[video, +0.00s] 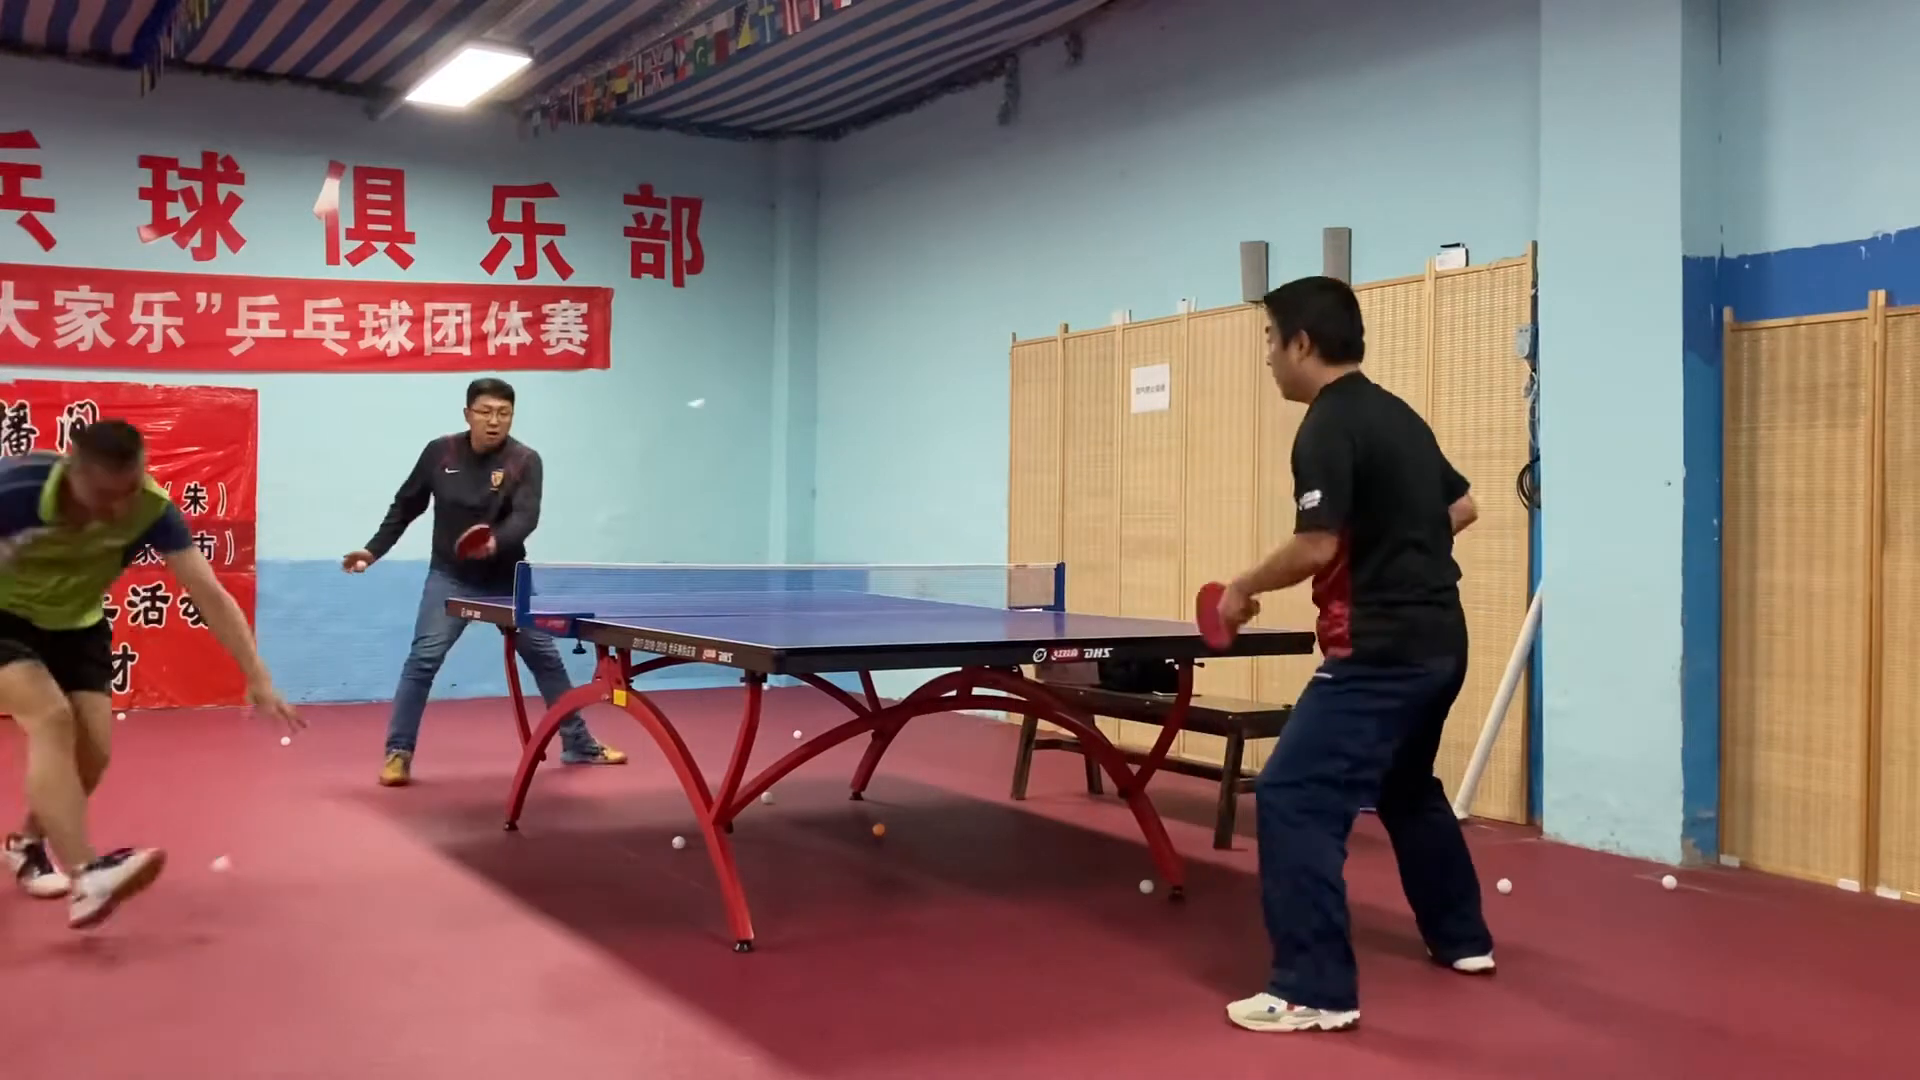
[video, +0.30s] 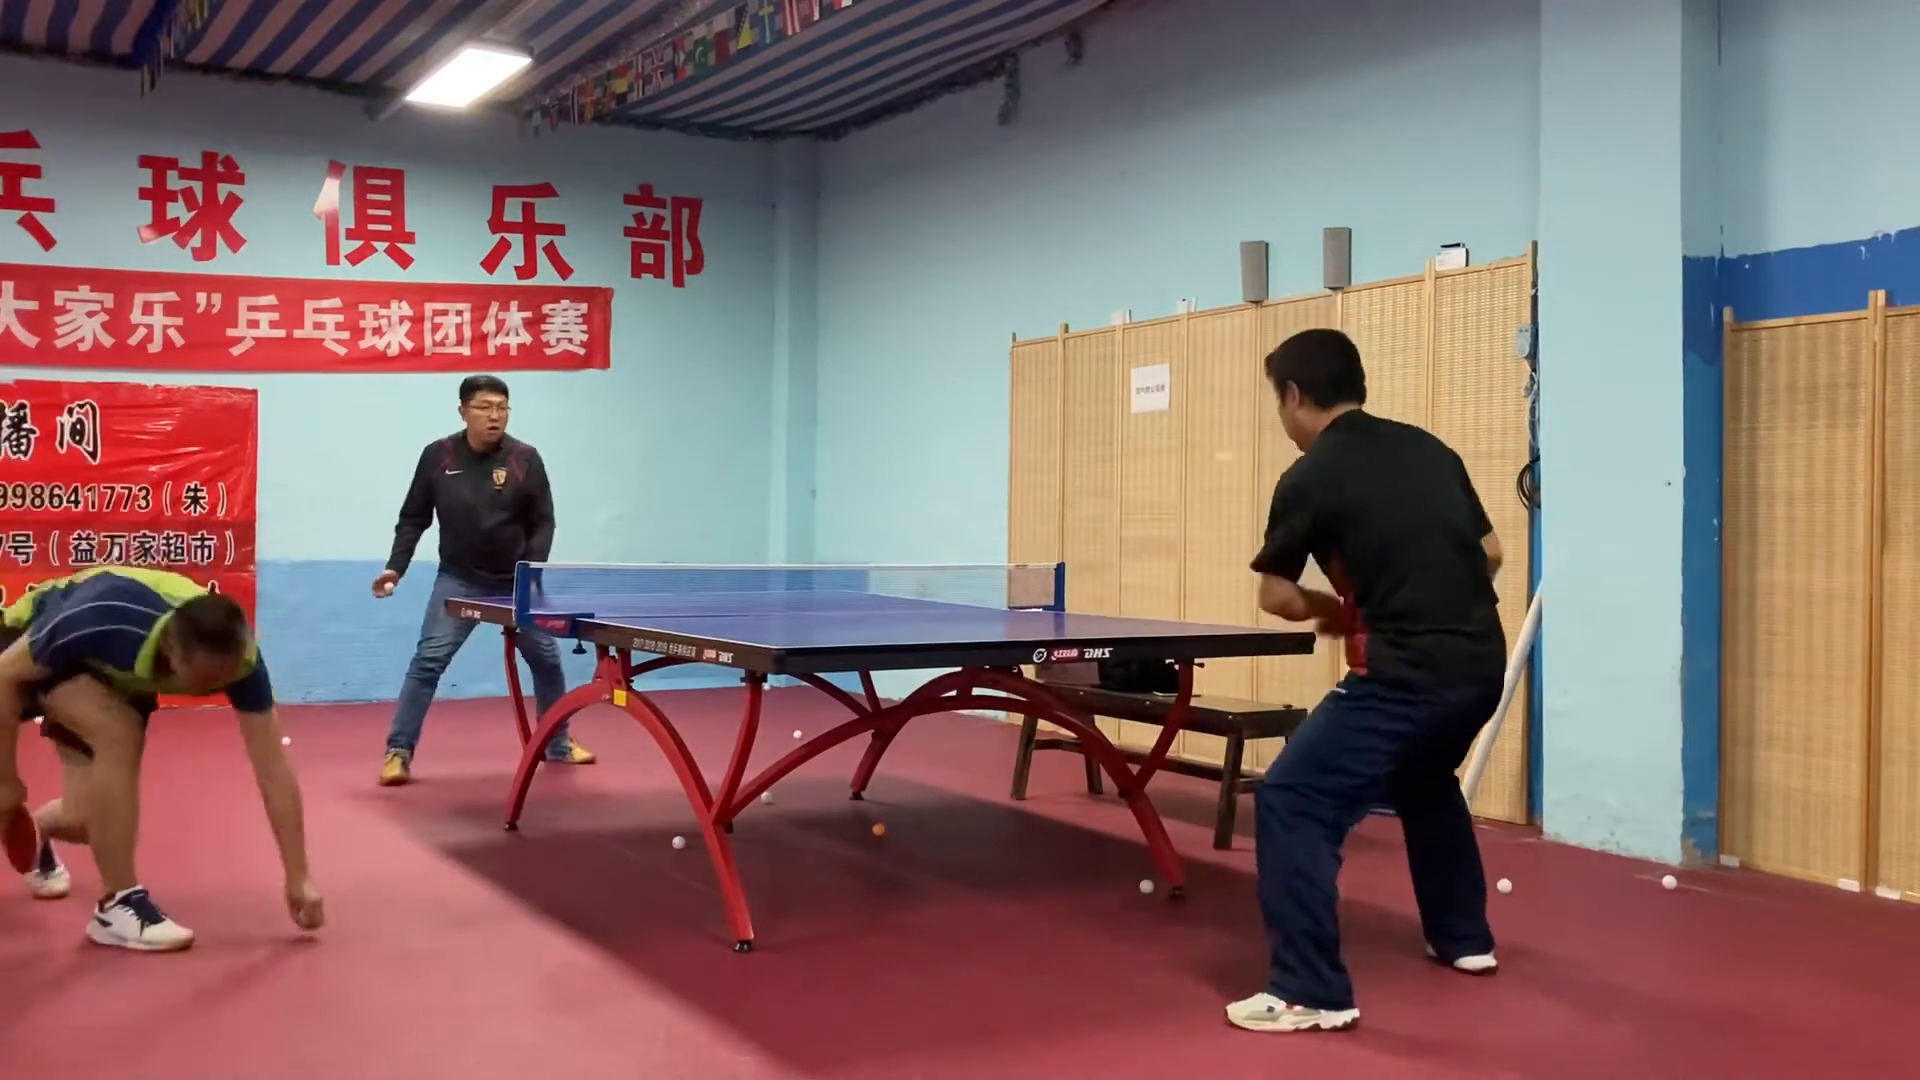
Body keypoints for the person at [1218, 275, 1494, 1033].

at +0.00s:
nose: (1268, 356)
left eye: (1273, 341)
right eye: (1269, 341)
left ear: (1301, 343)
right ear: (1342, 343)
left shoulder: (1328, 423)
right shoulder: (1398, 412)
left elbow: (1317, 545)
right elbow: (1459, 506)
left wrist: (1246, 586)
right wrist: (1371, 548)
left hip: (1381, 651)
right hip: (1438, 648)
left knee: (1294, 793)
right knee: (1406, 786)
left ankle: (1316, 988)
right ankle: (1463, 941)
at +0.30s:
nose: (1281, 416)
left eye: (1279, 401)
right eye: (1279, 402)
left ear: (1298, 397)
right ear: (1354, 389)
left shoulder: (1310, 474)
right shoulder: (1428, 448)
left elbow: (1277, 596)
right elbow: (1490, 552)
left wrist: (1344, 615)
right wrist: (1411, 595)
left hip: (1403, 672)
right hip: (1479, 666)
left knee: (1291, 797)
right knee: (1424, 781)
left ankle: (1311, 989)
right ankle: (1465, 940)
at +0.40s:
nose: (1297, 425)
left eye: (1295, 410)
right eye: (1295, 410)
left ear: (1315, 403)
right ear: (1368, 393)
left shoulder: (1319, 483)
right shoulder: (1454, 447)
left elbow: (1315, 597)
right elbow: (1527, 539)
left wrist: (1366, 549)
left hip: (1410, 674)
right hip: (1492, 670)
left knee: (1305, 799)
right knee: (1433, 780)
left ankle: (1312, 988)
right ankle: (1466, 939)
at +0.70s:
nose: (1342, 367)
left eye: (1343, 352)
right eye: (1342, 353)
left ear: (1366, 352)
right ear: (1421, 347)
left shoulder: (1374, 435)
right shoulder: (1495, 412)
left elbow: (1360, 557)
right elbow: (1564, 496)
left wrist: (1394, 579)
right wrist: (1560, 595)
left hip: (1446, 639)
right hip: (1516, 638)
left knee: (1378, 787)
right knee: (1454, 783)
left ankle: (1381, 981)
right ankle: (1467, 938)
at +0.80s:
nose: (1363, 347)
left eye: (1365, 332)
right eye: (1364, 332)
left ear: (1389, 331)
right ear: (1439, 328)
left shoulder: (1395, 416)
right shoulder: (1501, 398)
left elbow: (1378, 544)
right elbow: (1561, 493)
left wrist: (1365, 605)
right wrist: (1522, 574)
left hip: (1448, 637)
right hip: (1515, 636)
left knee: (1393, 792)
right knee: (1461, 787)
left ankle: (1463, 977)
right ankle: (1470, 959)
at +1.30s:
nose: (1395, 299)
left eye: (1398, 282)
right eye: (1397, 282)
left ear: (1429, 281)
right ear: (1468, 282)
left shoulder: (1460, 360)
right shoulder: (1500, 360)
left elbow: (1477, 485)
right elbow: (1539, 480)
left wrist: (1483, 591)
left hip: (1465, 625)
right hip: (1500, 617)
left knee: (1471, 803)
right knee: (1492, 791)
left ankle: (1514, 994)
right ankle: (1526, 953)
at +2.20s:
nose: (1373, 357)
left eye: (1372, 349)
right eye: (1372, 350)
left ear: (1382, 341)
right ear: (1444, 337)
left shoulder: (1388, 378)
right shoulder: (1488, 402)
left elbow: (1386, 462)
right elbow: (1507, 500)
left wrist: (1361, 559)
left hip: (1426, 611)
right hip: (1496, 614)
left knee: (1405, 772)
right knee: (1472, 774)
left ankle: (1432, 939)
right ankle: (1479, 935)